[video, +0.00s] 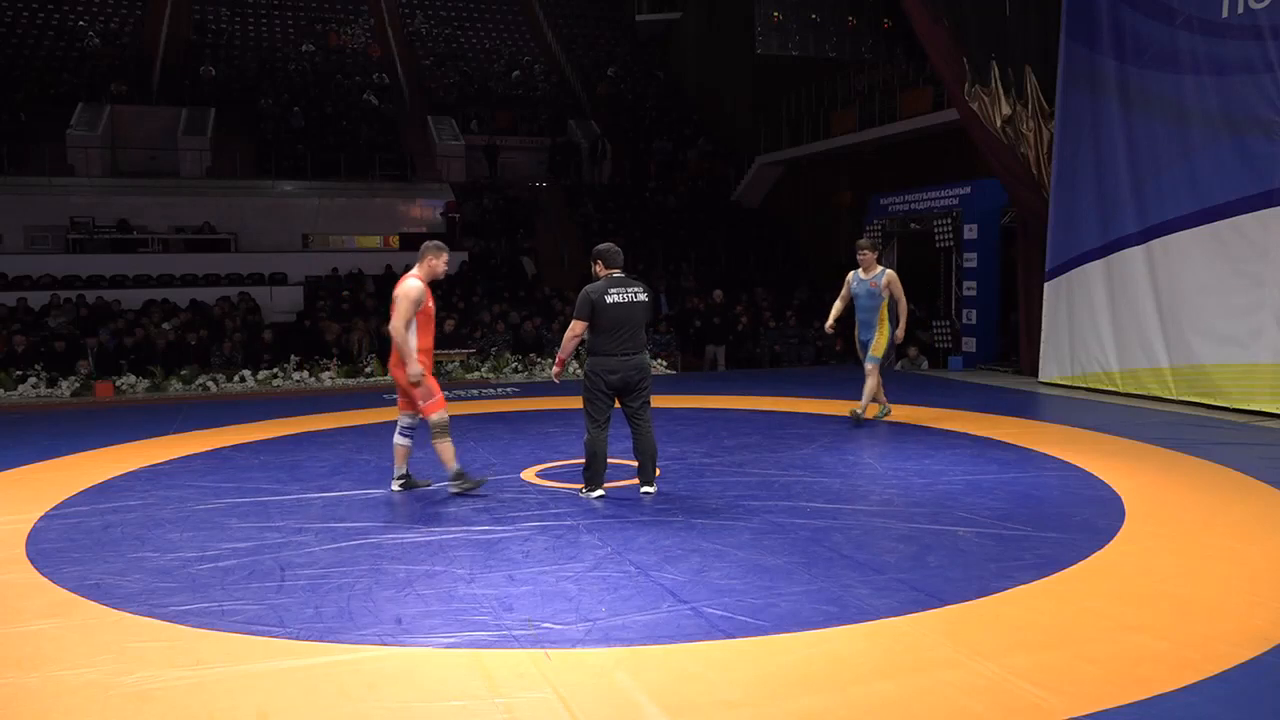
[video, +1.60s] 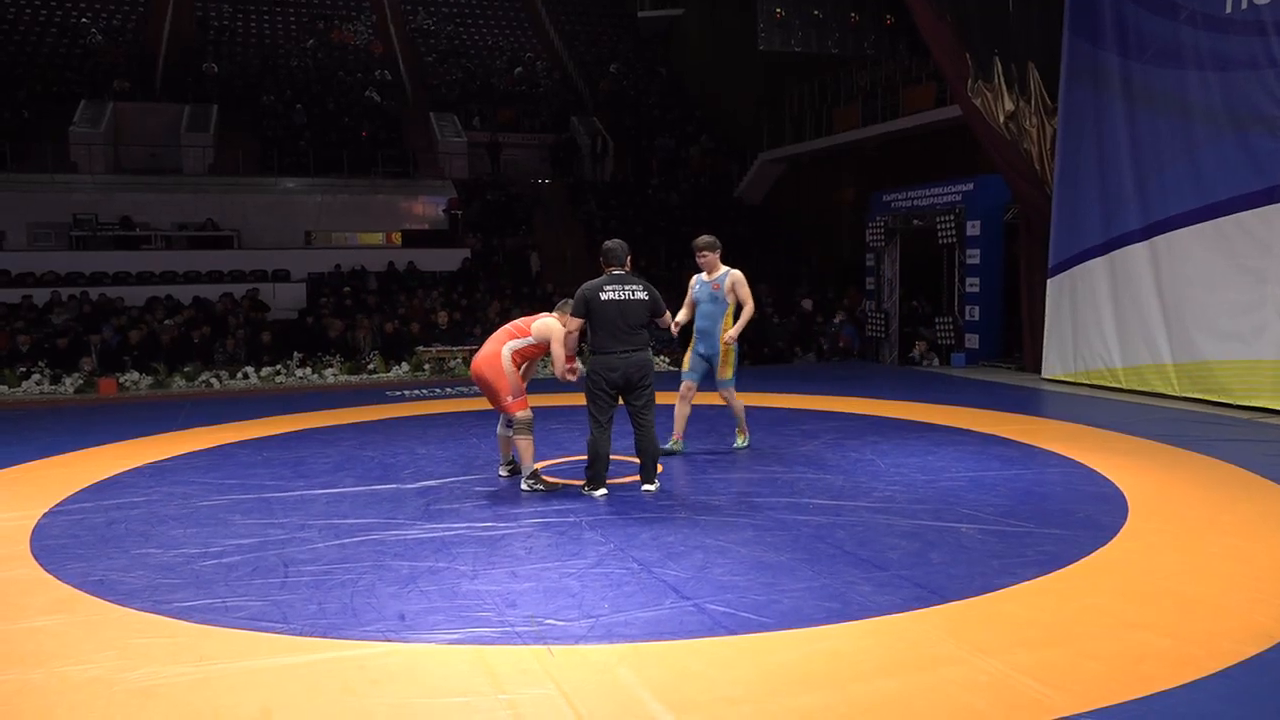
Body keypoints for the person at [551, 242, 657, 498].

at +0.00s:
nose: (593, 269)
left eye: (593, 266)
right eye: (593, 265)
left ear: (600, 265)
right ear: (620, 264)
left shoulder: (591, 293)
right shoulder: (641, 290)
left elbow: (576, 332)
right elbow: (640, 324)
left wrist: (559, 362)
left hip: (601, 367)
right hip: (637, 365)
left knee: (597, 427)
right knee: (642, 422)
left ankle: (594, 485)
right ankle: (648, 481)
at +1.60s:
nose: (630, 262)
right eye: (629, 259)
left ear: (602, 263)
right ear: (628, 261)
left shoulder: (588, 290)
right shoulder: (644, 288)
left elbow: (572, 329)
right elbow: (665, 321)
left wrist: (570, 359)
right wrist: (642, 311)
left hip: (603, 364)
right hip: (639, 362)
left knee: (600, 425)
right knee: (644, 421)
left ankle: (596, 483)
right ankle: (649, 479)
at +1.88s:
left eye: (615, 259)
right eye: (642, 258)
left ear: (615, 262)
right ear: (642, 261)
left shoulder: (602, 287)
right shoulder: (657, 289)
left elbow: (584, 325)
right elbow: (668, 320)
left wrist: (594, 346)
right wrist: (645, 319)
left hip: (612, 362)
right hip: (647, 361)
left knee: (603, 422)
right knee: (649, 421)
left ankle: (597, 480)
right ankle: (650, 480)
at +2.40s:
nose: (627, 263)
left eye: (628, 260)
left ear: (630, 262)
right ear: (656, 262)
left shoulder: (619, 287)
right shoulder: (672, 289)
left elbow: (600, 323)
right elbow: (678, 324)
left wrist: (623, 318)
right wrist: (656, 318)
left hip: (625, 361)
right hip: (660, 362)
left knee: (612, 420)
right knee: (658, 421)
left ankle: (601, 476)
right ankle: (655, 480)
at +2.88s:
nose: (632, 266)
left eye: (633, 262)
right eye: (633, 262)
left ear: (638, 262)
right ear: (664, 262)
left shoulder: (626, 288)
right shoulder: (681, 288)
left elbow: (612, 322)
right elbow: (676, 318)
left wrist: (642, 313)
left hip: (634, 361)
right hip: (669, 362)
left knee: (617, 416)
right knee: (665, 418)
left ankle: (613, 473)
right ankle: (662, 479)